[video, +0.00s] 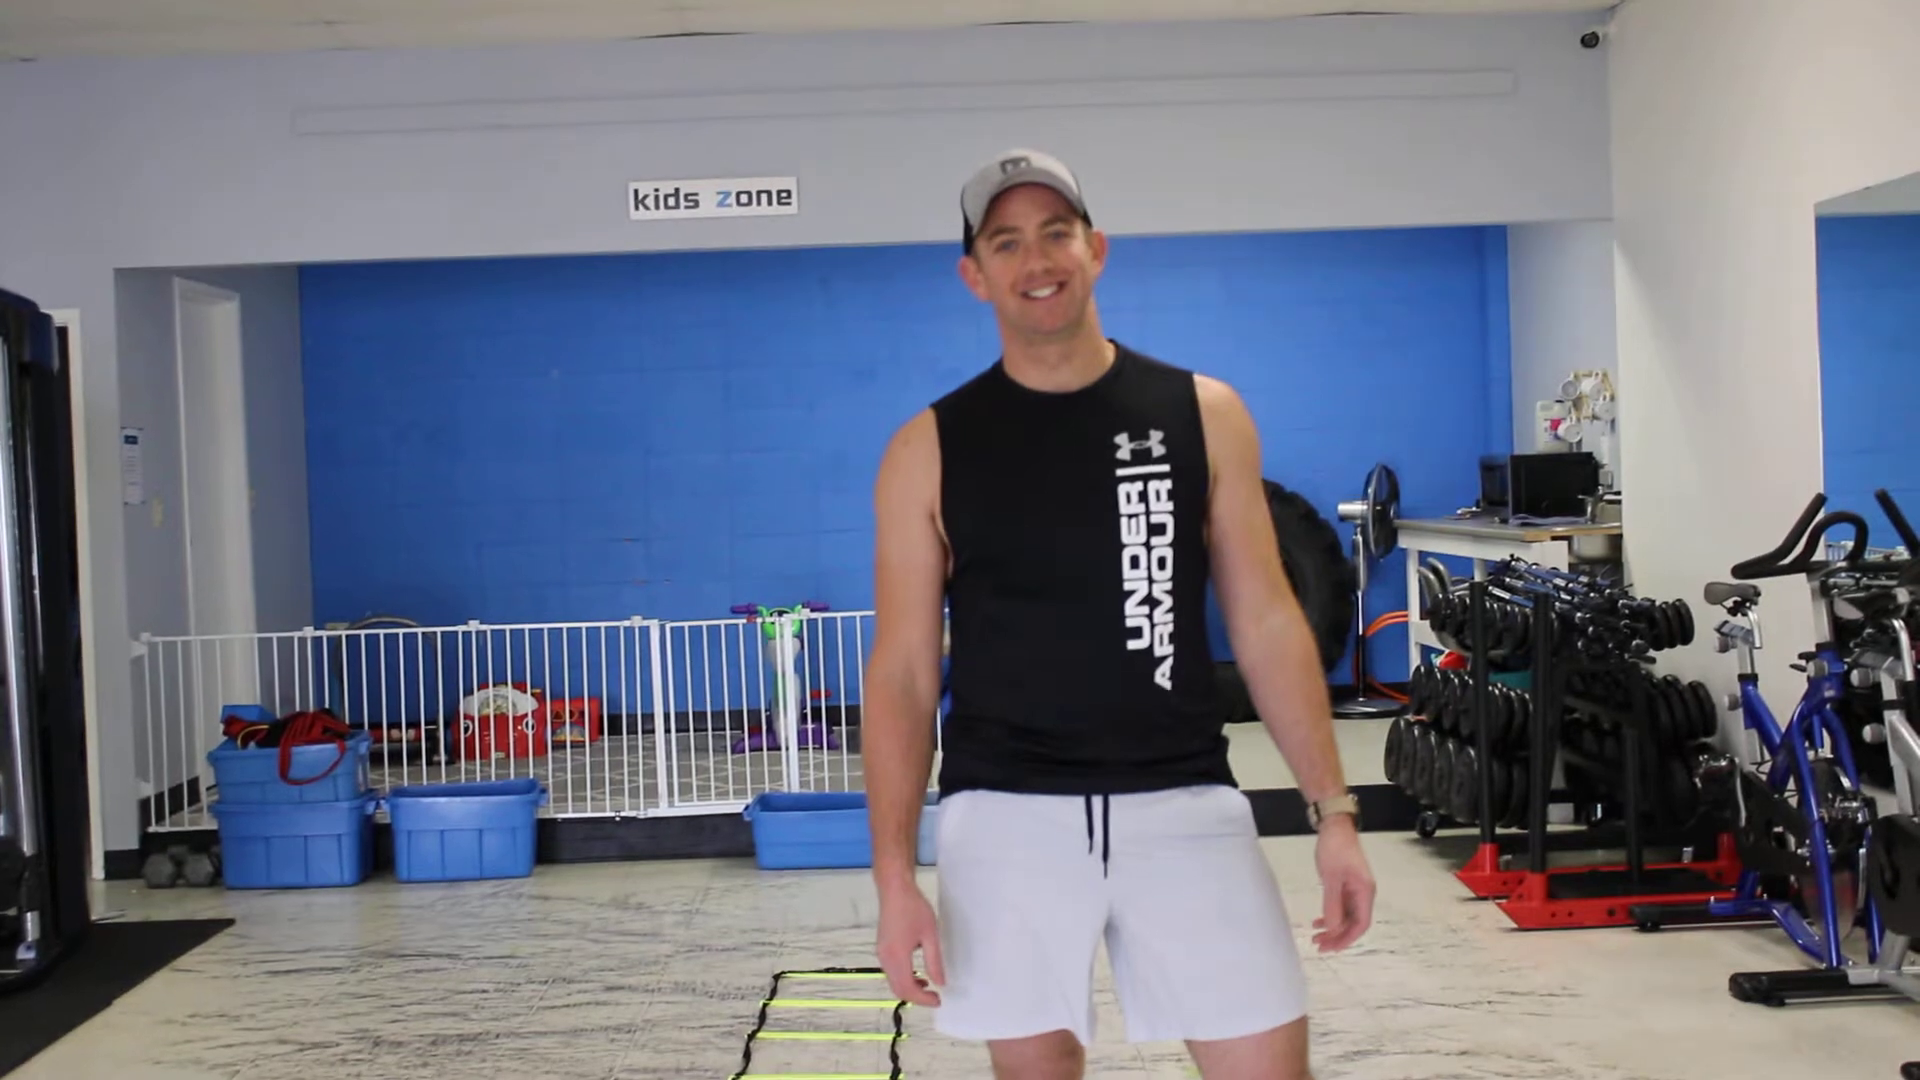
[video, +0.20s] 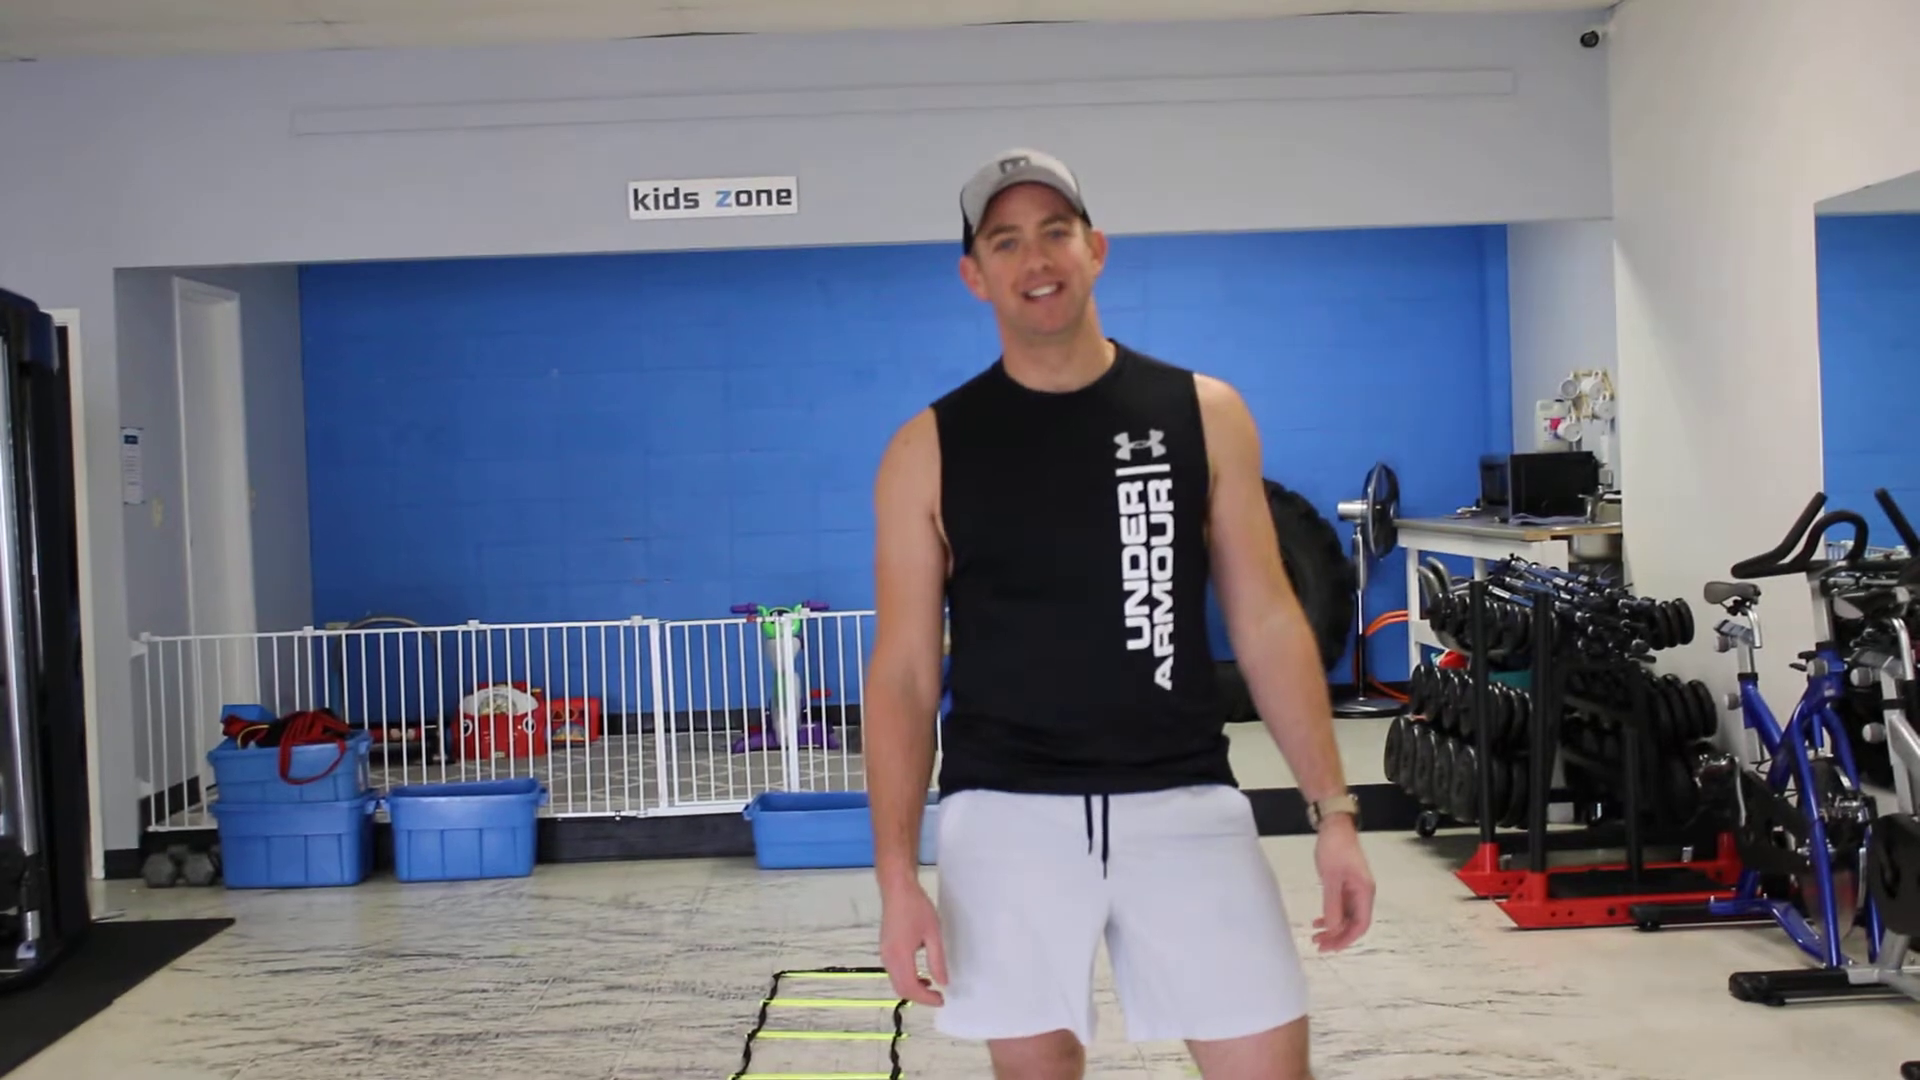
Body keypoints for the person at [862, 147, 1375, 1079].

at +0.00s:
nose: (1038, 256)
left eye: (1058, 231)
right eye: (1008, 241)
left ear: (1097, 250)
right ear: (976, 275)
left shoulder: (1205, 415)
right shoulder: (928, 450)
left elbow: (1265, 622)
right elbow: (902, 678)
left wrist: (1334, 814)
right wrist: (895, 880)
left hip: (1188, 814)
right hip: (1007, 825)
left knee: (1270, 1065)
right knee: (1037, 1066)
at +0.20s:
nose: (1037, 254)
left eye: (1058, 230)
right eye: (1007, 240)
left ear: (1097, 250)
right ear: (975, 275)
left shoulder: (1205, 414)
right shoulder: (928, 449)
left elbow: (1266, 622)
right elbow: (903, 677)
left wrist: (1334, 814)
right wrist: (897, 879)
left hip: (1188, 813)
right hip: (1007, 824)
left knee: (1271, 1064)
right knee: (1037, 1066)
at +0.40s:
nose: (1034, 252)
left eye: (1055, 228)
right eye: (1004, 238)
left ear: (1095, 251)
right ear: (974, 276)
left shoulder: (1206, 411)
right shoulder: (926, 446)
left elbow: (1270, 617)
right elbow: (899, 671)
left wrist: (1337, 812)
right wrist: (891, 875)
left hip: (1188, 813)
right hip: (1006, 825)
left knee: (1270, 1064)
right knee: (1037, 1066)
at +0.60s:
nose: (1034, 251)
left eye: (1054, 228)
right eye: (1004, 238)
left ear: (1095, 251)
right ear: (973, 277)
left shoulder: (1206, 409)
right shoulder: (925, 444)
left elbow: (1272, 611)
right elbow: (894, 666)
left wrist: (1345, 806)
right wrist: (878, 868)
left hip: (1187, 813)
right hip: (1004, 826)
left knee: (1269, 1065)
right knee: (1036, 1066)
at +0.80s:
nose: (1034, 252)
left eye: (1054, 228)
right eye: (1004, 238)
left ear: (1094, 253)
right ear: (973, 278)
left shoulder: (1205, 407)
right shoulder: (923, 441)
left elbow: (1273, 610)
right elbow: (891, 664)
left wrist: (1343, 801)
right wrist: (877, 866)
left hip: (1185, 810)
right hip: (1002, 823)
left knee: (1267, 1064)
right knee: (1034, 1066)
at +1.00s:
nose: (1034, 253)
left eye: (1054, 229)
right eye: (1004, 239)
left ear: (1094, 252)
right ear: (974, 278)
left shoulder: (1204, 408)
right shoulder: (922, 440)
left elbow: (1270, 610)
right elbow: (890, 664)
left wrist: (1342, 803)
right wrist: (879, 864)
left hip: (1184, 811)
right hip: (1002, 823)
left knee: (1266, 1064)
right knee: (1035, 1065)